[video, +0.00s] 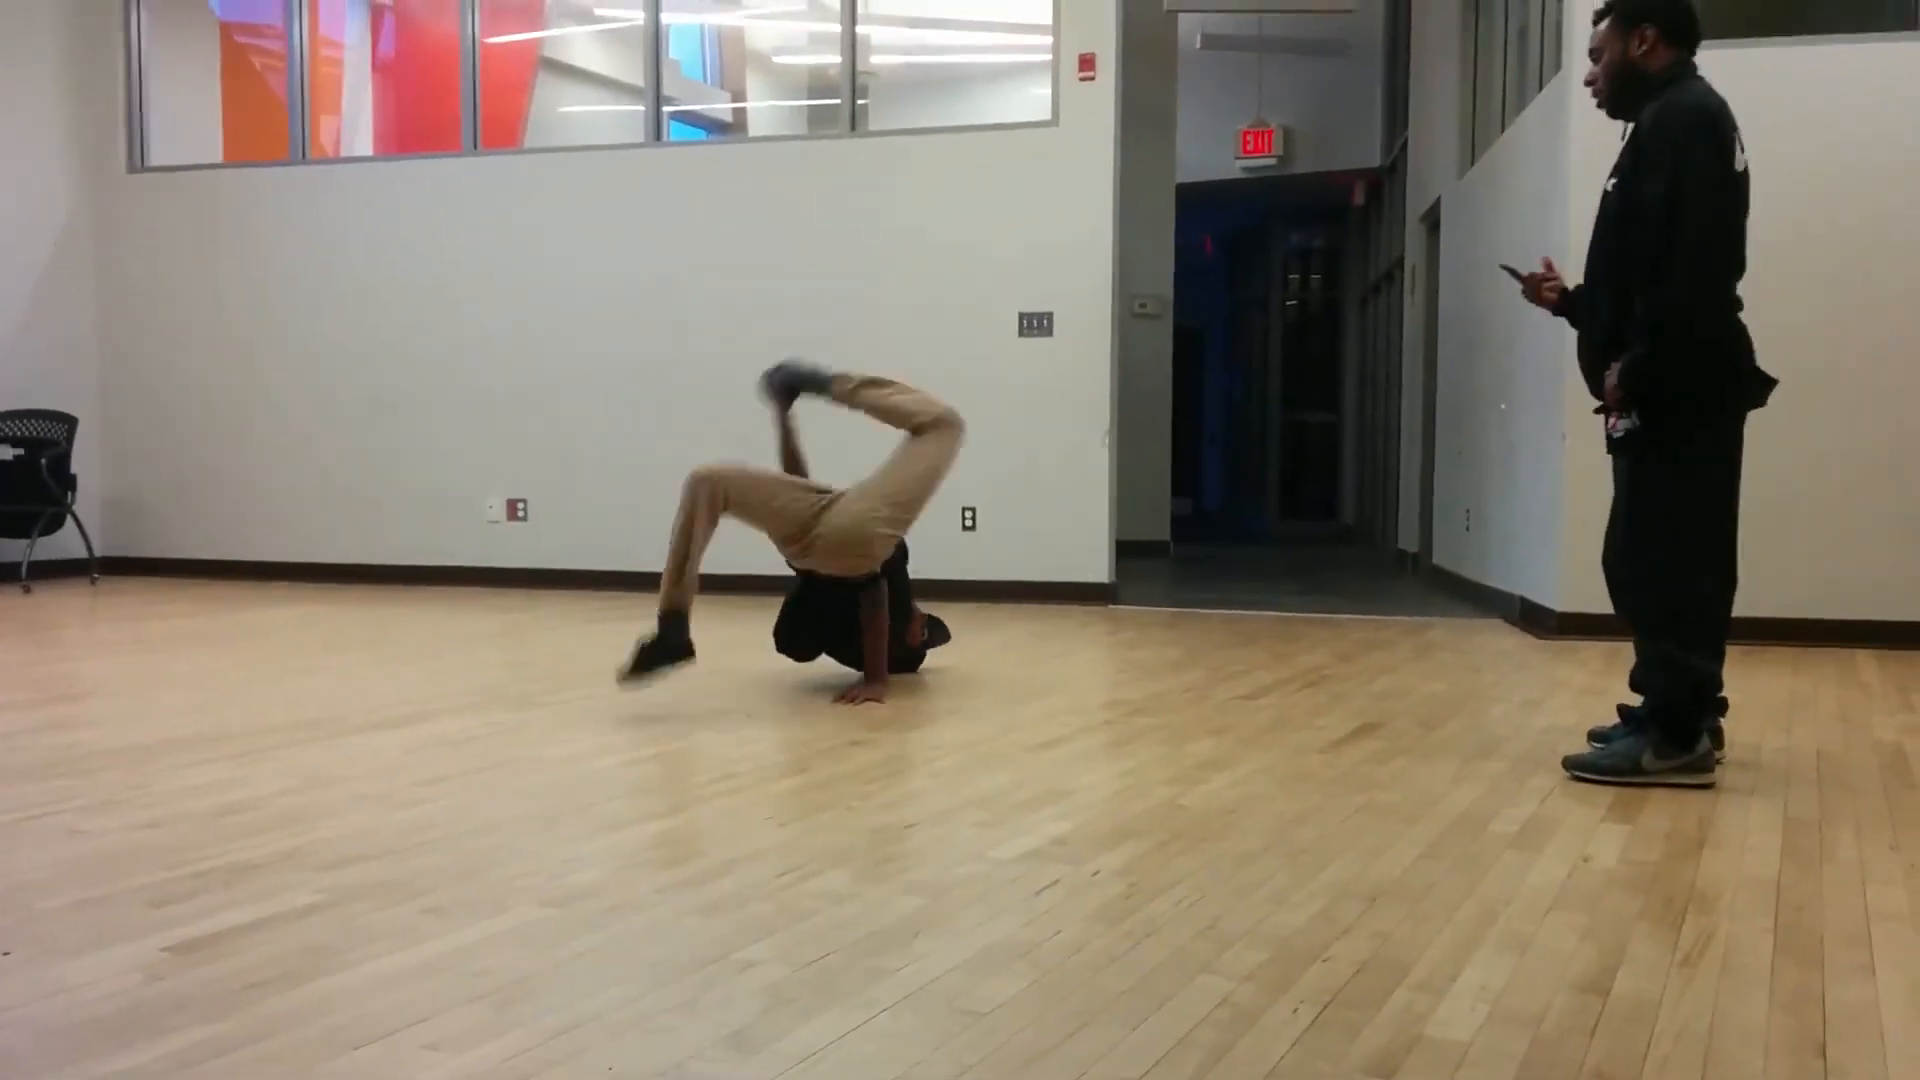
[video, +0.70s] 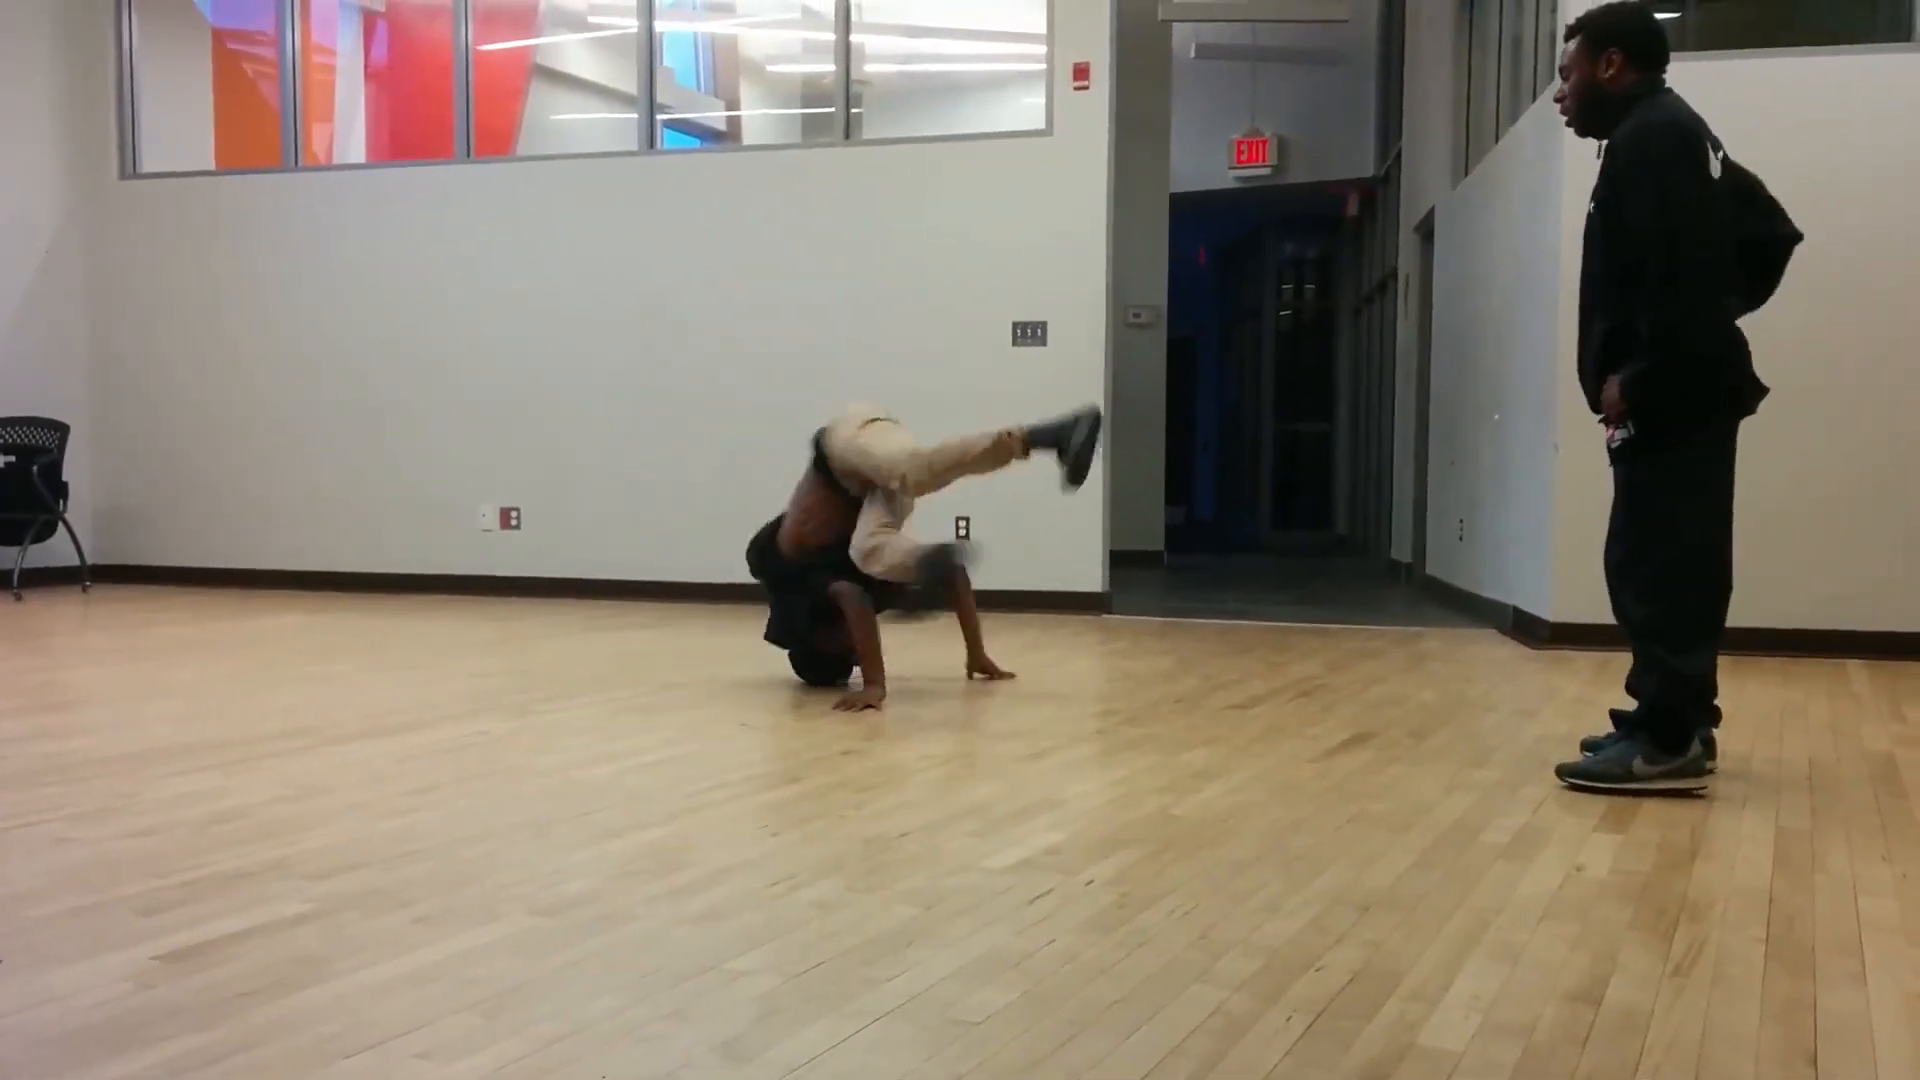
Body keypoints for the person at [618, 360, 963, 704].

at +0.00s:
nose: (923, 629)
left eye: (925, 638)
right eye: (930, 630)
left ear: (913, 643)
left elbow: (877, 594)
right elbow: (797, 492)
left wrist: (877, 681)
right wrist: (785, 417)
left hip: (859, 536)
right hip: (807, 526)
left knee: (943, 425)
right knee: (705, 484)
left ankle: (823, 383)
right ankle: (673, 633)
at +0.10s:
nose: (924, 637)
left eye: (927, 641)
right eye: (927, 636)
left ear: (917, 640)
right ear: (918, 626)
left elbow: (887, 597)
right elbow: (817, 467)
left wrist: (878, 681)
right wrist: (838, 382)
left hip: (862, 544)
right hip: (810, 531)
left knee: (957, 449)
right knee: (751, 413)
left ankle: (889, 356)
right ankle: (696, 542)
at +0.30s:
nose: (895, 648)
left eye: (894, 653)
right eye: (895, 651)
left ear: (877, 644)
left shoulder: (847, 644)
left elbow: (871, 603)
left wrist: (880, 690)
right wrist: (882, 372)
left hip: (827, 484)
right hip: (800, 479)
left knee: (960, 443)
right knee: (920, 427)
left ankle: (920, 336)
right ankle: (837, 377)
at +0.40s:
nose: (872, 665)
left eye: (864, 664)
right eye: (865, 669)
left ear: (850, 642)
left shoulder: (813, 617)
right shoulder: (788, 613)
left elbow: (881, 610)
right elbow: (876, 608)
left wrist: (881, 692)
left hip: (813, 452)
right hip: (813, 482)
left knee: (973, 465)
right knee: (935, 527)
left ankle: (961, 360)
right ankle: (892, 423)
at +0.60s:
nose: (852, 656)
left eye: (844, 660)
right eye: (846, 663)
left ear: (823, 639)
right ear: (835, 632)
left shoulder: (790, 617)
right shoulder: (843, 593)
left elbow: (846, 599)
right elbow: (942, 548)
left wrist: (873, 689)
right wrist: (993, 593)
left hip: (818, 442)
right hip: (851, 486)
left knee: (909, 488)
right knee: (890, 565)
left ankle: (1034, 400)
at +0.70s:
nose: (851, 655)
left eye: (841, 655)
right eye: (844, 660)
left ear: (817, 632)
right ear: (834, 634)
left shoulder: (776, 569)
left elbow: (849, 595)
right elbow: (956, 577)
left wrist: (873, 688)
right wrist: (976, 654)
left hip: (844, 440)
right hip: (880, 484)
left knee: (912, 469)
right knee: (867, 550)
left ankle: (1056, 435)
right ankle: (941, 557)